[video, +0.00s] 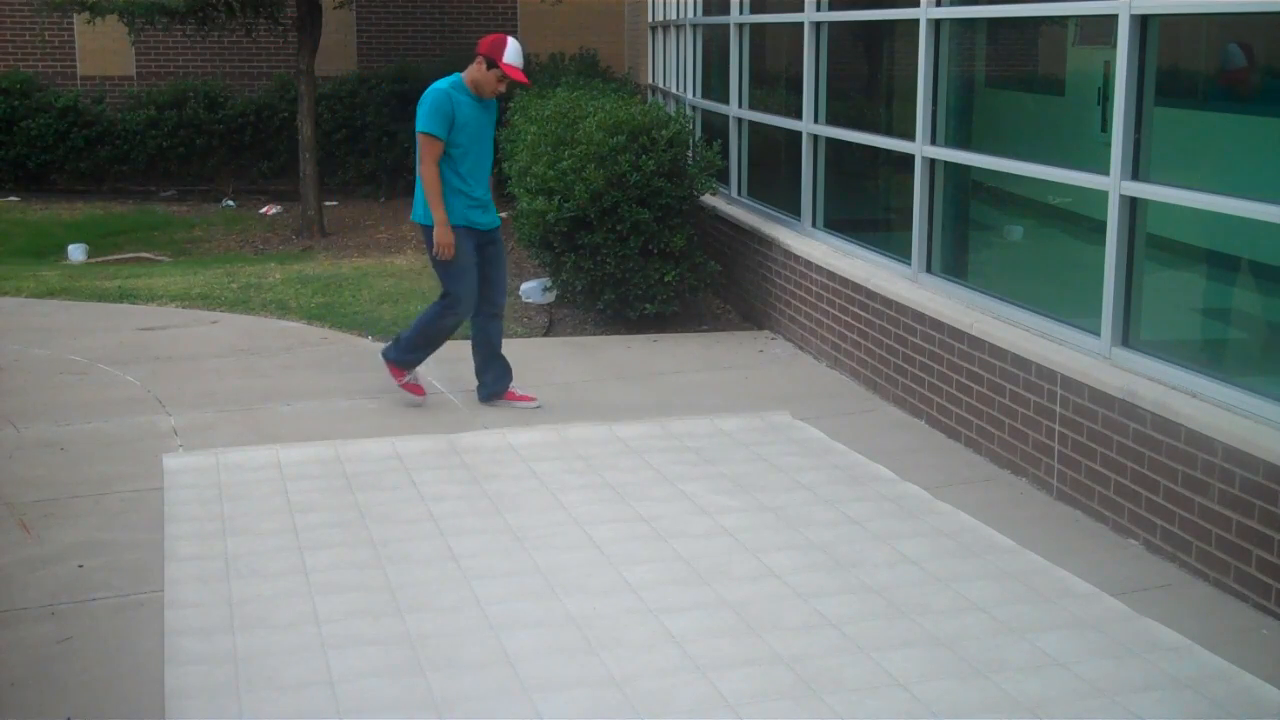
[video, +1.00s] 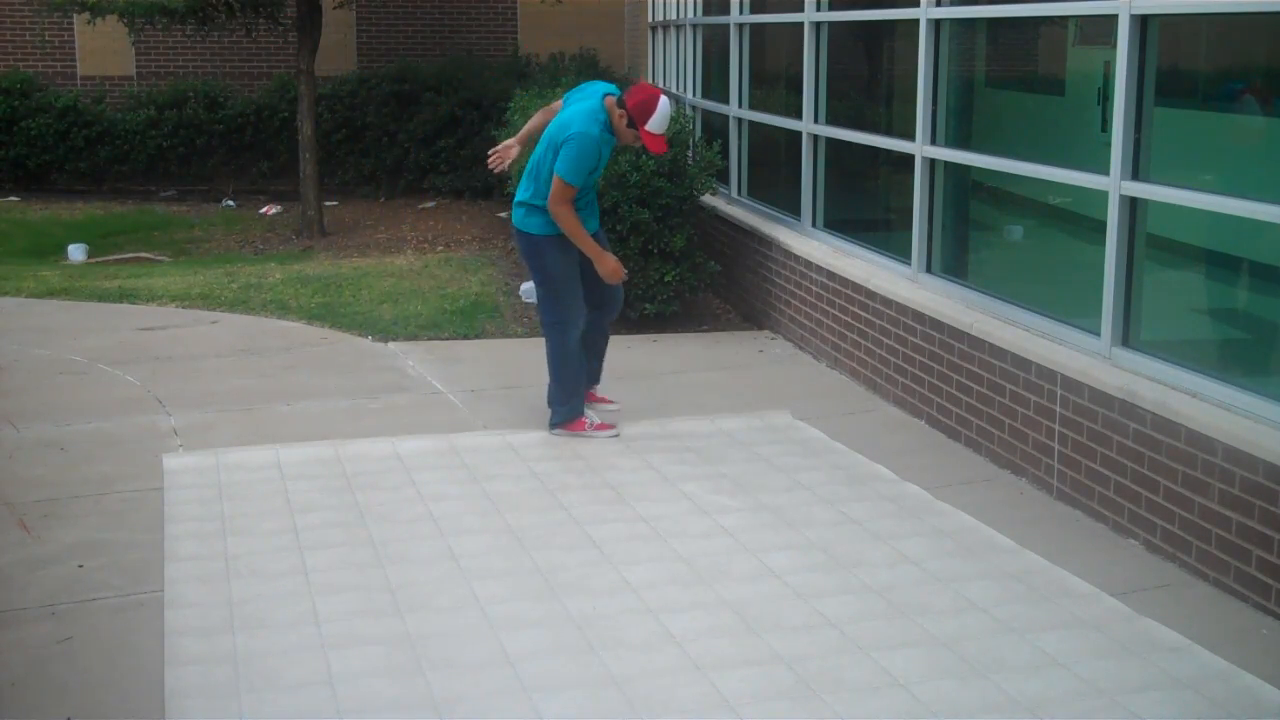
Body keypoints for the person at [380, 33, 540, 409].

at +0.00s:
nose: (503, 89)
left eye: (508, 83)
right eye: (500, 79)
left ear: (491, 71)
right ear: (479, 64)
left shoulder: (488, 102)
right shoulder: (440, 97)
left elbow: (481, 163)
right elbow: (427, 163)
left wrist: (490, 211)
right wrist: (441, 224)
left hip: (484, 220)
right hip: (448, 221)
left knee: (491, 305)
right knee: (460, 301)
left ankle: (493, 387)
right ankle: (399, 357)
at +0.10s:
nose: (522, 89)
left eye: (527, 83)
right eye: (519, 79)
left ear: (524, 77)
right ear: (499, 63)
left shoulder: (514, 103)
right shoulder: (456, 94)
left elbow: (518, 163)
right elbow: (433, 157)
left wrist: (546, 212)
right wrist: (445, 216)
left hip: (499, 213)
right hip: (460, 212)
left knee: (501, 296)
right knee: (488, 290)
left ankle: (495, 385)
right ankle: (452, 373)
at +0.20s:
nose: (536, 95)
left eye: (541, 90)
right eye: (534, 86)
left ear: (544, 84)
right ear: (515, 68)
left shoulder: (532, 109)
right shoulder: (469, 94)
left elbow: (550, 159)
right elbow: (441, 156)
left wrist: (592, 199)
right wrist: (449, 214)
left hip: (511, 210)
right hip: (472, 206)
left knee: (503, 292)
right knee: (504, 288)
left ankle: (496, 383)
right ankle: (503, 387)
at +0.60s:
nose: (592, 113)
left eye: (598, 108)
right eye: (592, 104)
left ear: (582, 88)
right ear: (576, 83)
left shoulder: (565, 108)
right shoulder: (534, 110)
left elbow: (575, 147)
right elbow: (502, 176)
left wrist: (610, 174)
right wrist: (496, 240)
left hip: (550, 226)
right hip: (527, 227)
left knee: (527, 306)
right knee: (558, 315)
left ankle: (502, 378)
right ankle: (566, 414)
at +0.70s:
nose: (614, 127)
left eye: (619, 123)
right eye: (614, 120)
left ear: (603, 99)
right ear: (598, 98)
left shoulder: (580, 106)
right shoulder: (556, 122)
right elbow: (523, 186)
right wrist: (531, 253)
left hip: (555, 226)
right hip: (541, 230)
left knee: (550, 304)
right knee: (568, 317)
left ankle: (508, 369)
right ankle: (567, 415)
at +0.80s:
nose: (625, 138)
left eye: (631, 133)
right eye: (624, 130)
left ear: (613, 105)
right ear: (608, 109)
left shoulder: (592, 96)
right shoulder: (569, 133)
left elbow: (544, 126)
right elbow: (536, 195)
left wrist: (518, 162)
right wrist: (567, 255)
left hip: (567, 222)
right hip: (536, 229)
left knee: (579, 302)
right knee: (565, 313)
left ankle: (519, 359)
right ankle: (567, 415)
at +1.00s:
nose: (636, 146)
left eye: (643, 142)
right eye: (636, 139)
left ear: (628, 109)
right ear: (623, 117)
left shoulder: (604, 93)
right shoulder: (585, 138)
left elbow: (550, 111)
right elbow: (558, 205)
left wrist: (518, 141)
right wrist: (599, 257)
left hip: (579, 213)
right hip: (542, 221)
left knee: (605, 299)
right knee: (565, 314)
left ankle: (582, 386)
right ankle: (566, 415)